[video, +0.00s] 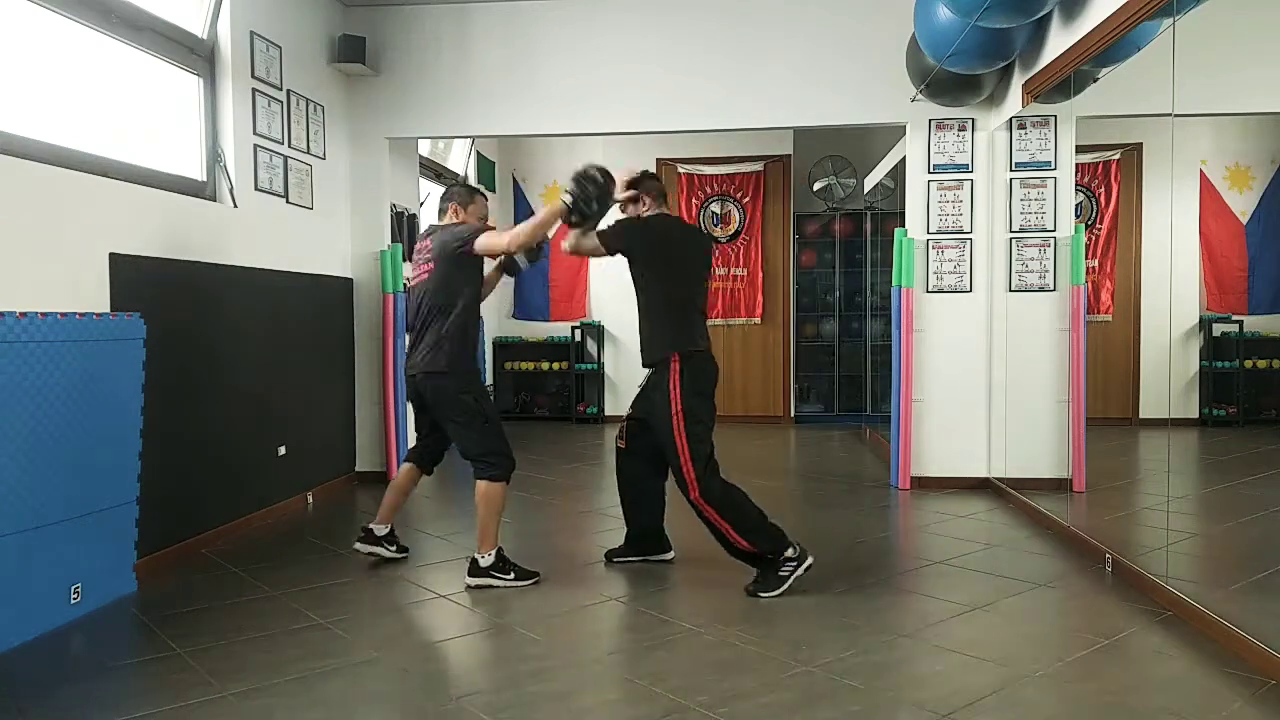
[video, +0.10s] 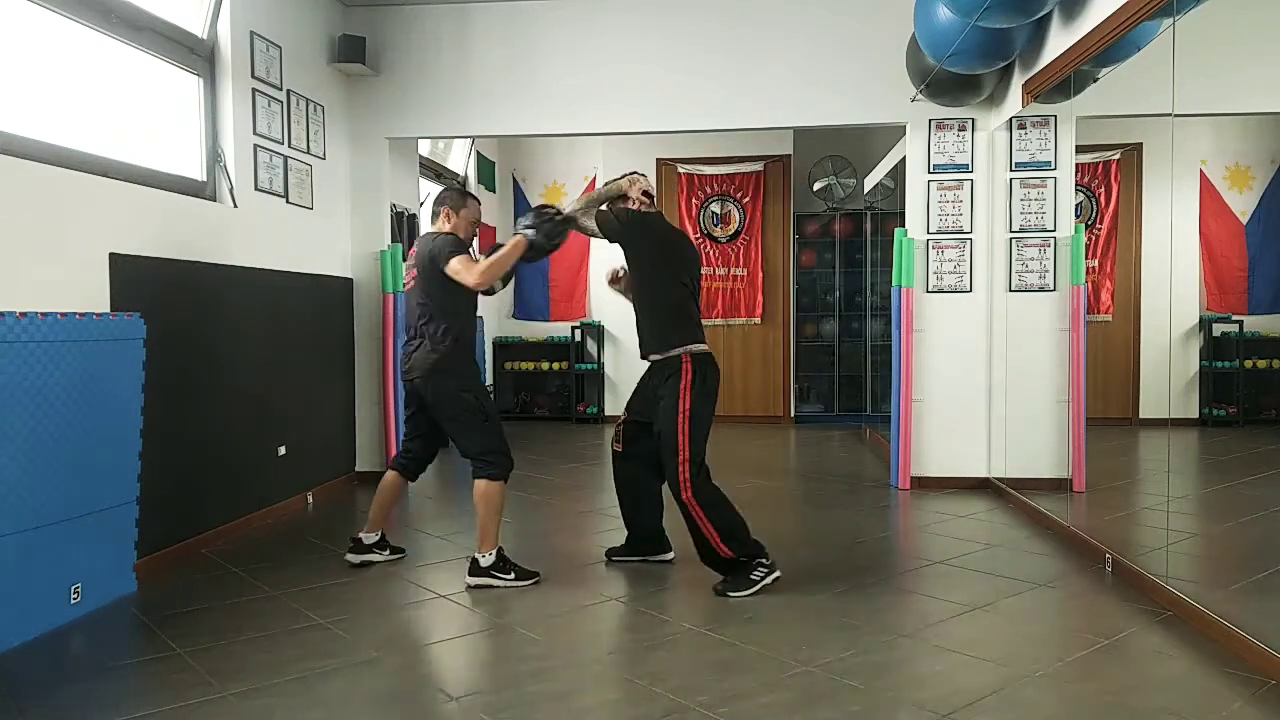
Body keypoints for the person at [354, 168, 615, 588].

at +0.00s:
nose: (487, 224)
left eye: (487, 217)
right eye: (483, 216)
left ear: (451, 212)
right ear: (456, 209)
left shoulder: (429, 244)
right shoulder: (454, 236)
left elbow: (469, 298)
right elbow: (515, 240)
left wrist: (503, 263)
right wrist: (563, 202)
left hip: (422, 372)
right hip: (450, 372)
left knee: (427, 449)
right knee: (494, 459)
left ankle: (378, 530)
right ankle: (487, 559)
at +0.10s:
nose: (476, 230)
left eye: (477, 223)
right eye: (472, 221)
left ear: (443, 216)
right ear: (448, 214)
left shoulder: (428, 248)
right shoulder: (441, 244)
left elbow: (485, 284)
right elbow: (479, 276)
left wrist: (515, 251)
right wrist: (524, 237)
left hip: (421, 369)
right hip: (449, 370)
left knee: (412, 456)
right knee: (493, 459)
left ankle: (369, 537)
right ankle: (487, 559)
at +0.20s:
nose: (466, 229)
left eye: (468, 222)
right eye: (463, 219)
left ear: (438, 214)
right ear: (442, 213)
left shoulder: (417, 246)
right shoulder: (431, 237)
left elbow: (444, 295)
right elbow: (453, 250)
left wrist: (472, 284)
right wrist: (490, 209)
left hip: (405, 360)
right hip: (435, 360)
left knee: (397, 454)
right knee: (475, 458)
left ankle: (366, 541)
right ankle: (485, 558)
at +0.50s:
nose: (443, 220)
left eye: (446, 214)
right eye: (438, 212)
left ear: (415, 212)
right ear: (412, 209)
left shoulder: (416, 250)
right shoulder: (401, 234)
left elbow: (433, 306)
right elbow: (419, 244)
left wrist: (464, 273)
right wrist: (464, 210)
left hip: (404, 363)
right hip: (413, 364)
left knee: (401, 452)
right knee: (445, 459)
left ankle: (365, 541)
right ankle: (435, 561)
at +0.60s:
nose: (436, 220)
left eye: (437, 213)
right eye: (429, 212)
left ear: (420, 212)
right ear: (401, 209)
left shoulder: (424, 251)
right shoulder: (388, 245)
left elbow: (458, 284)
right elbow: (382, 290)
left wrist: (486, 257)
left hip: (419, 371)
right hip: (410, 373)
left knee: (401, 454)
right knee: (446, 460)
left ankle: (362, 539)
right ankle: (436, 561)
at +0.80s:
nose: (420, 219)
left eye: (422, 212)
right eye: (412, 212)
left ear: (423, 213)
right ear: (385, 211)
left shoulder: (420, 257)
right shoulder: (369, 256)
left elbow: (452, 291)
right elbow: (346, 311)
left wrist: (465, 245)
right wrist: (405, 323)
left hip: (425, 373)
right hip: (404, 374)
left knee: (412, 459)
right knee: (447, 461)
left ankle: (363, 530)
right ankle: (436, 562)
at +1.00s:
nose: (403, 234)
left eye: (407, 226)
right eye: (396, 225)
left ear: (410, 221)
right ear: (370, 217)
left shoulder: (405, 258)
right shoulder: (349, 263)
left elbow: (440, 285)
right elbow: (331, 325)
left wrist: (466, 253)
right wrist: (387, 338)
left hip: (408, 375)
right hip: (375, 378)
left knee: (405, 461)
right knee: (399, 463)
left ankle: (366, 538)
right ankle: (422, 554)